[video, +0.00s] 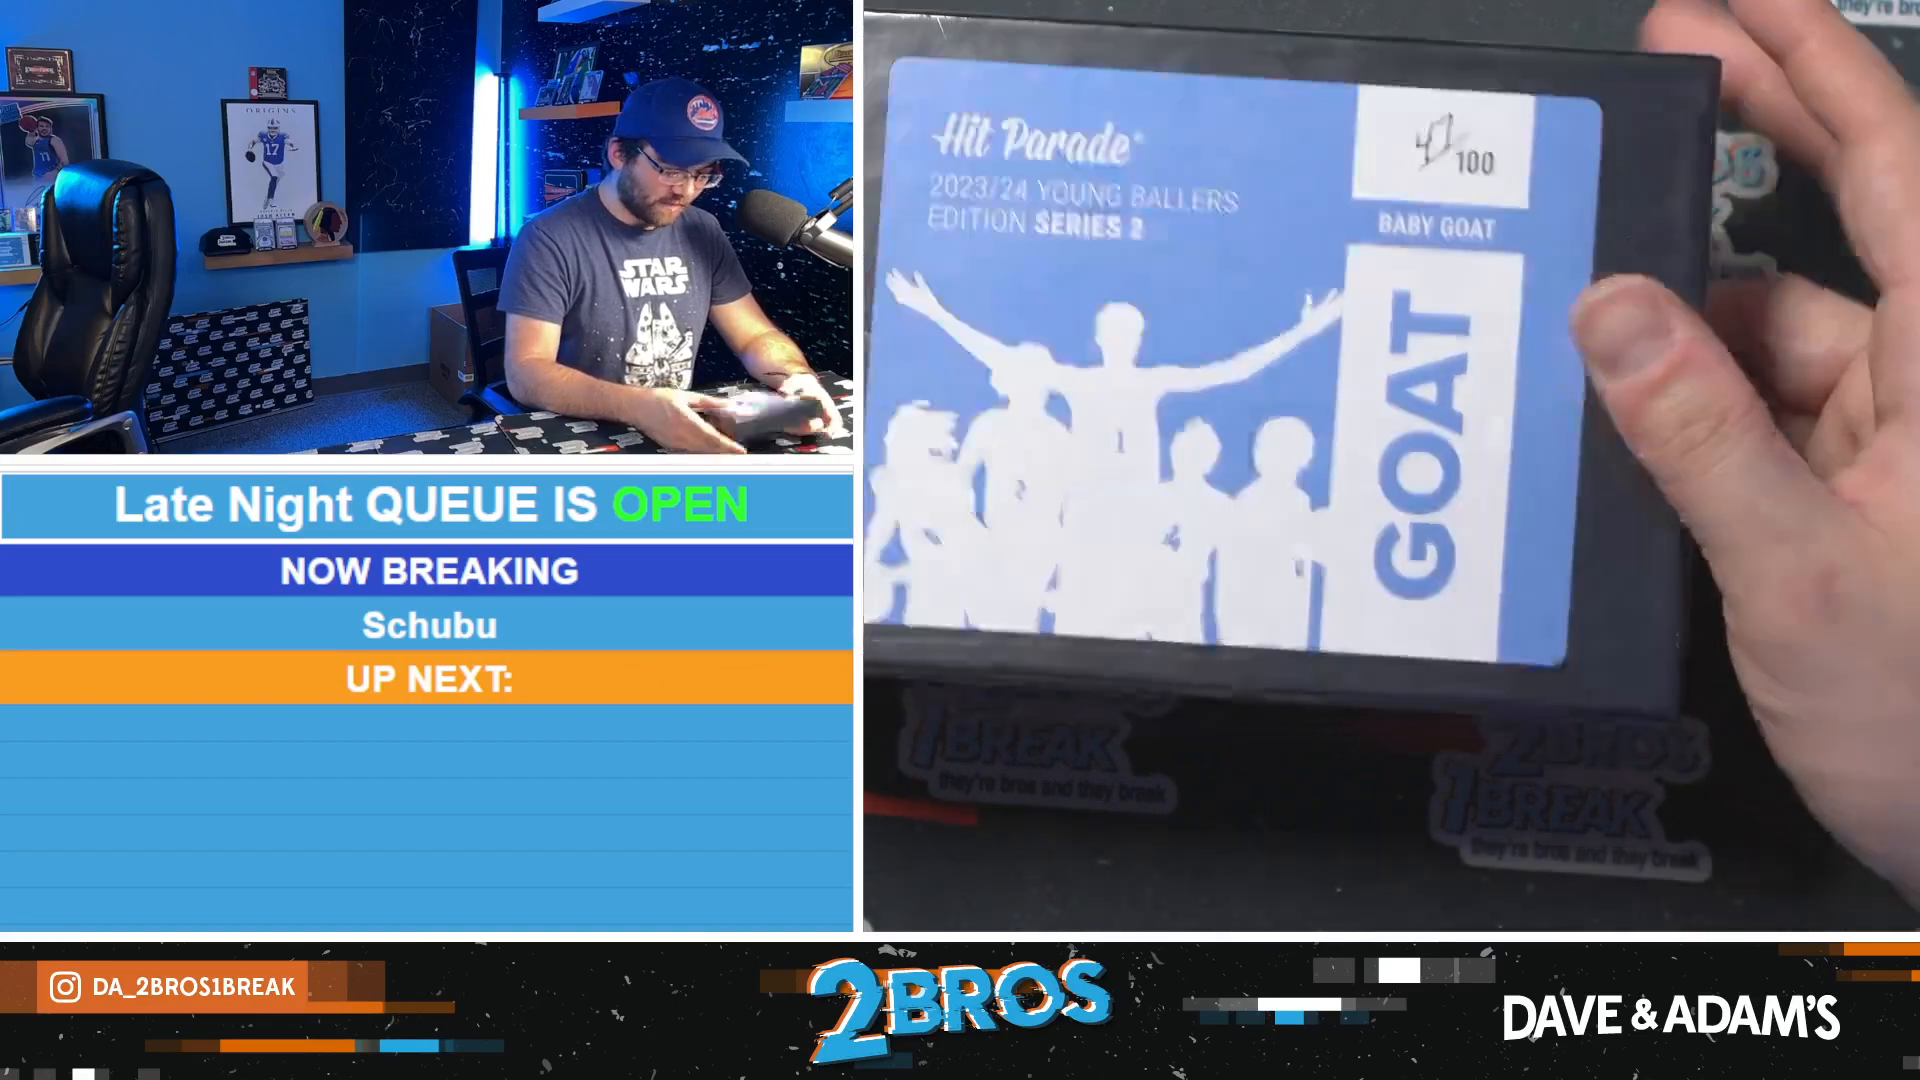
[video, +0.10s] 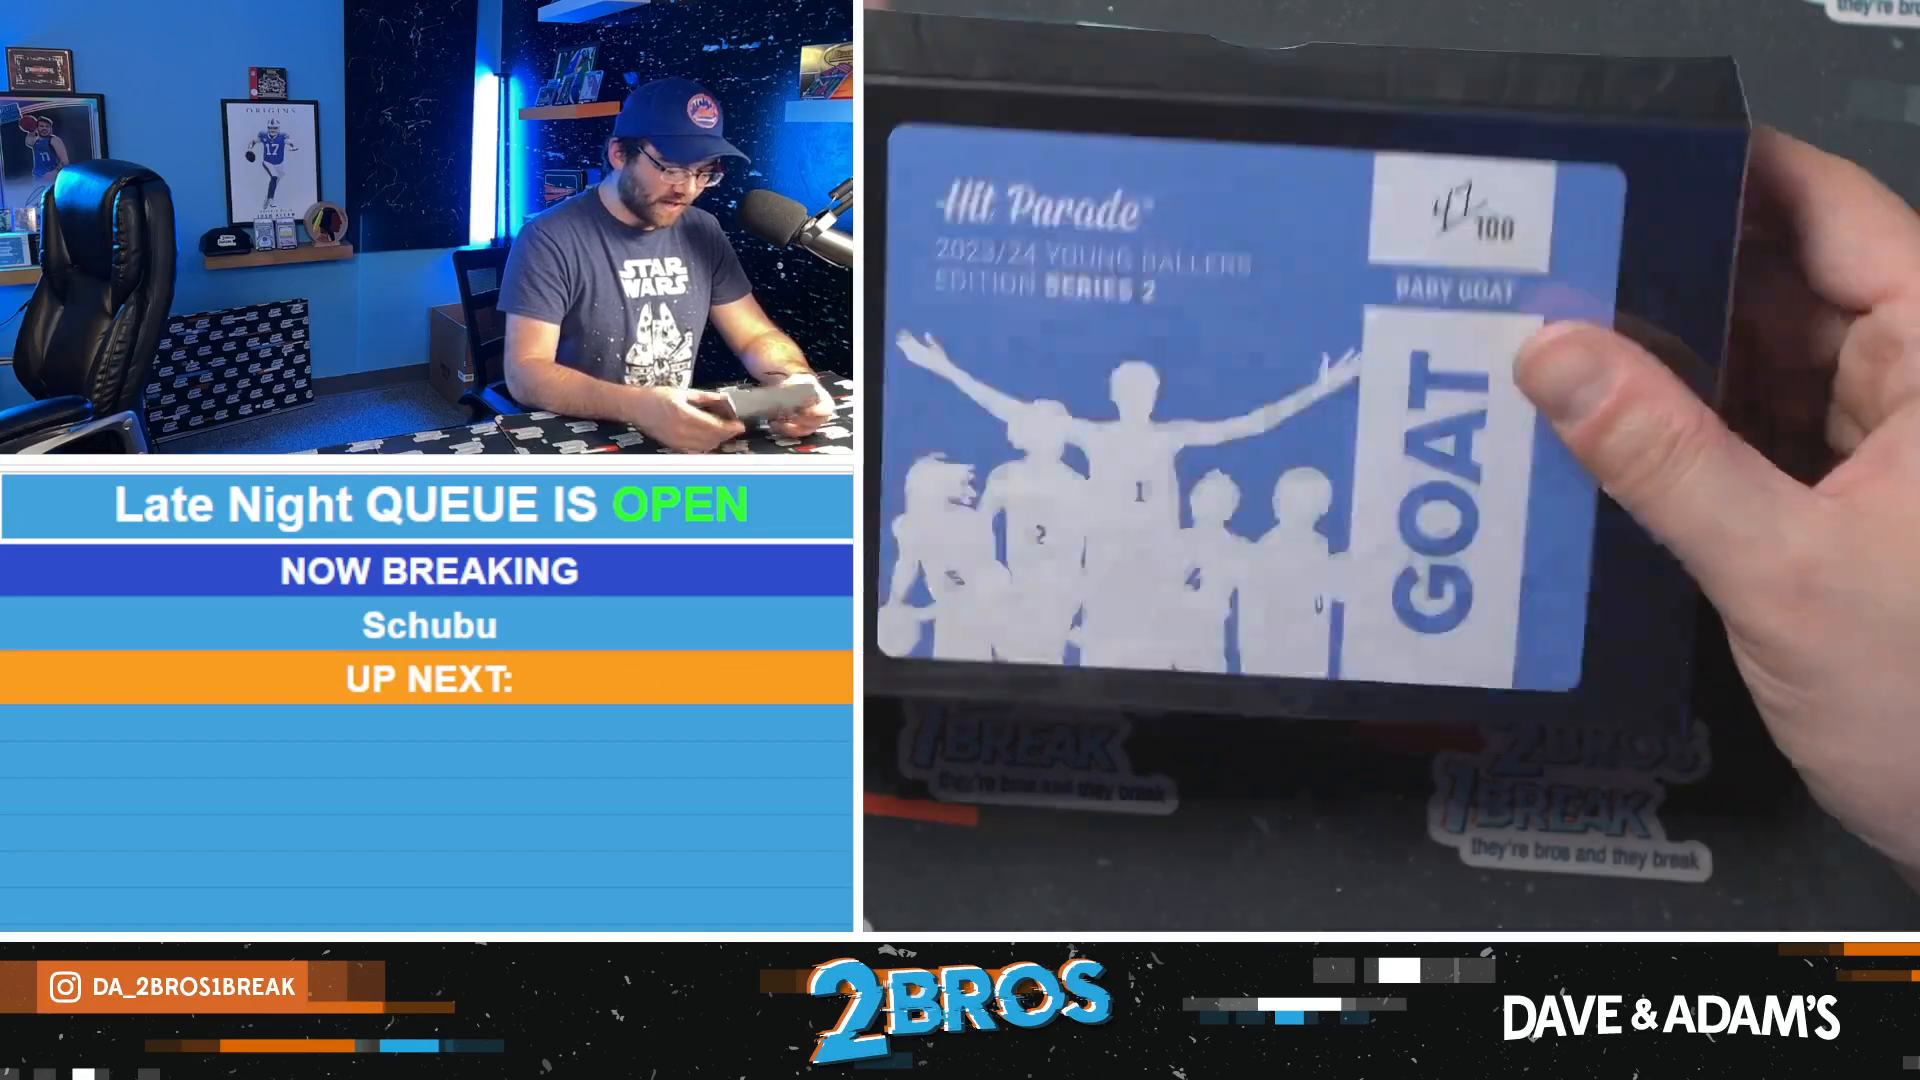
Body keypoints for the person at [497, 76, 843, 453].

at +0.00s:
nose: (687, 191)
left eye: (702, 173)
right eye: (671, 169)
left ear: (715, 169)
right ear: (619, 154)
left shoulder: (702, 233)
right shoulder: (553, 238)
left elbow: (757, 336)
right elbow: (529, 374)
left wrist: (797, 375)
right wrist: (643, 407)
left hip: (684, 460)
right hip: (579, 464)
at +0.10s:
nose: (686, 189)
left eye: (701, 171)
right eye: (669, 167)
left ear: (714, 169)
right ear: (619, 155)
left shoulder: (701, 233)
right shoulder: (552, 238)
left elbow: (755, 334)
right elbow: (527, 374)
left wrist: (794, 378)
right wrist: (641, 406)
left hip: (681, 461)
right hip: (576, 465)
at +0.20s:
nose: (687, 187)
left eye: (702, 170)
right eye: (670, 166)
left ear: (714, 168)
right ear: (618, 154)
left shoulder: (700, 232)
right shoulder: (551, 237)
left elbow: (755, 335)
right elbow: (527, 373)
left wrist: (797, 383)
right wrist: (641, 406)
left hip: (681, 458)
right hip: (576, 463)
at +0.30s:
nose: (689, 185)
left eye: (704, 168)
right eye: (672, 163)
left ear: (715, 166)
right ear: (619, 152)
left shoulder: (702, 232)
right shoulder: (552, 236)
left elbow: (757, 336)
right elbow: (527, 374)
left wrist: (795, 385)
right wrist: (642, 402)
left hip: (685, 457)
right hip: (581, 462)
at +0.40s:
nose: (687, 187)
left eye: (702, 170)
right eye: (671, 165)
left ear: (714, 168)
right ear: (618, 153)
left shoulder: (703, 232)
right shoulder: (553, 239)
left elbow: (756, 335)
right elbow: (528, 375)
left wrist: (800, 385)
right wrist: (642, 400)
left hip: (687, 458)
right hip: (582, 463)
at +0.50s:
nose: (689, 185)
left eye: (704, 169)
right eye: (673, 165)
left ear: (715, 169)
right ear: (620, 152)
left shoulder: (701, 232)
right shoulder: (552, 239)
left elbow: (755, 333)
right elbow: (527, 375)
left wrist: (797, 380)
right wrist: (641, 398)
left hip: (686, 457)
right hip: (581, 462)